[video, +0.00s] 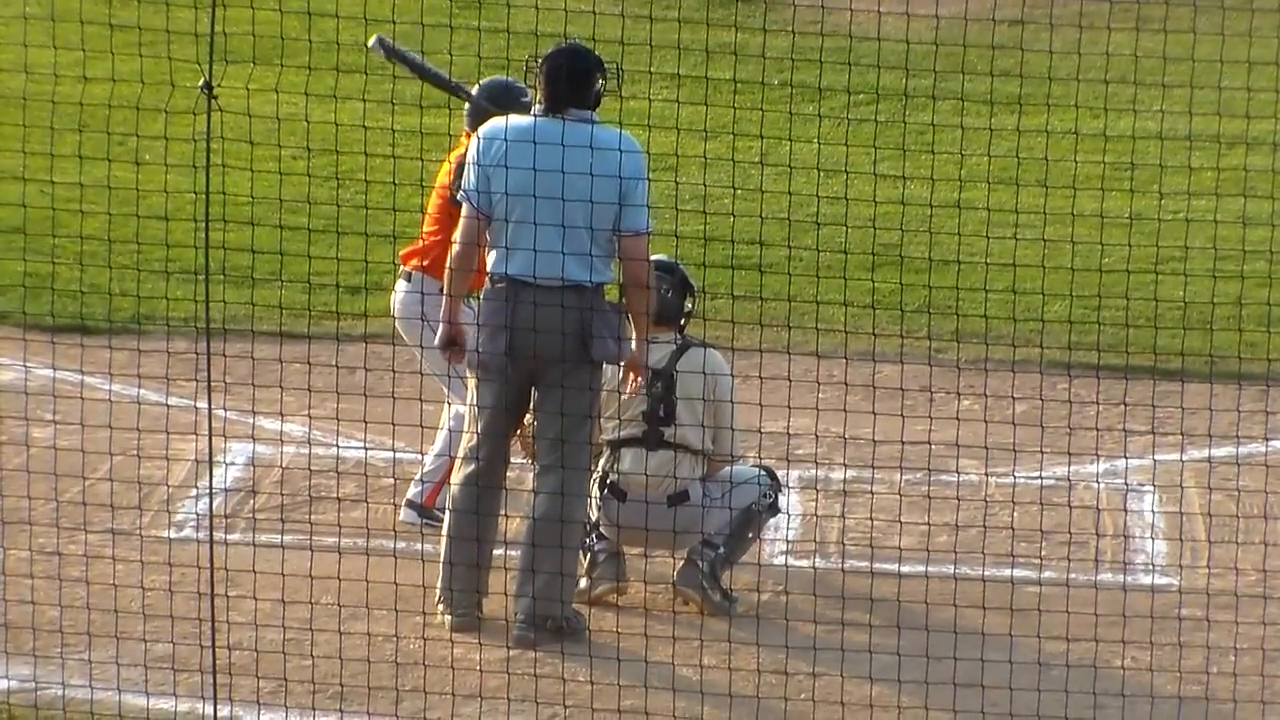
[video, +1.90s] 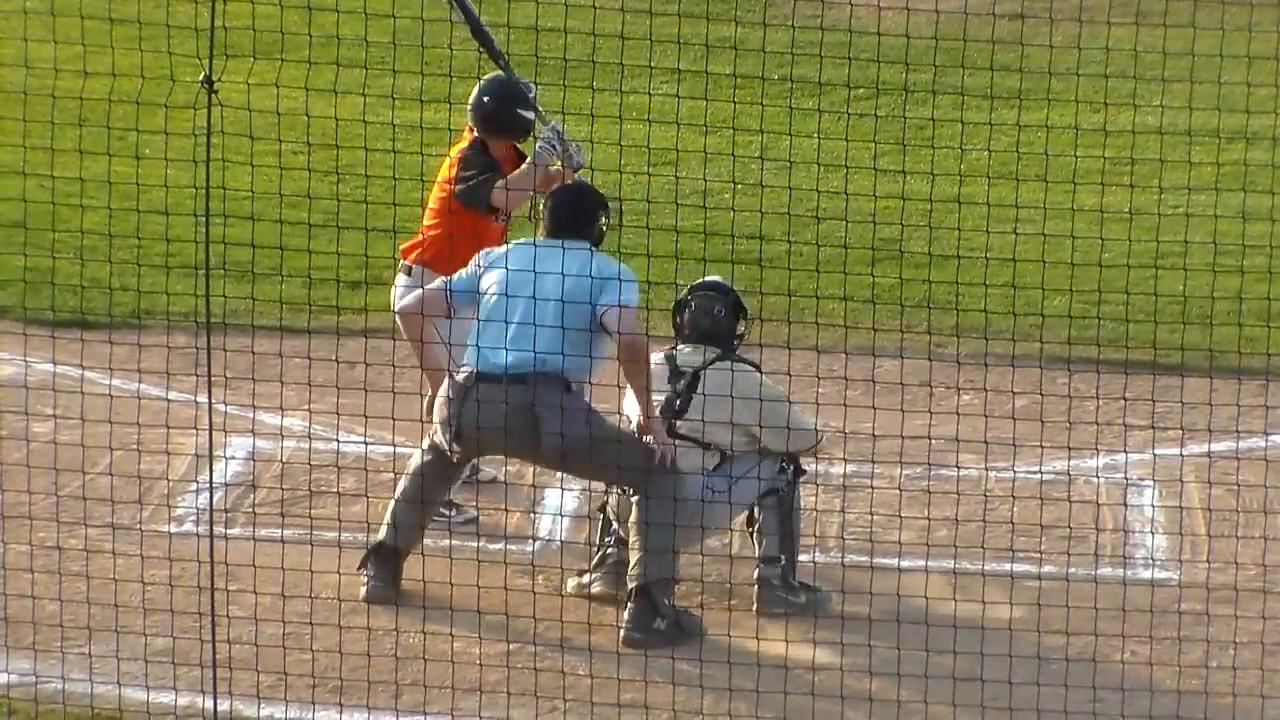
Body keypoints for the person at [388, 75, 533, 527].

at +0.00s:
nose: (524, 129)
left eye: (523, 122)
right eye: (519, 120)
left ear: (476, 117)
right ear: (502, 121)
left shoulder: (467, 154)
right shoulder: (478, 159)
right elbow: (477, 237)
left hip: (419, 294)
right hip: (434, 297)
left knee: (473, 394)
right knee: (480, 394)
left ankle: (431, 494)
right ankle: (427, 496)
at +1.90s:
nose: (529, 122)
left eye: (529, 116)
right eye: (525, 115)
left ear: (484, 116)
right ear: (513, 120)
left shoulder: (506, 155)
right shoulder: (472, 158)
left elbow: (538, 185)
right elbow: (503, 199)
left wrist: (564, 168)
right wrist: (539, 164)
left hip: (463, 284)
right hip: (425, 283)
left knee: (476, 368)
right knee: (445, 382)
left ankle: (466, 460)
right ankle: (434, 492)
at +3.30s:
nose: (529, 162)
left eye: (527, 154)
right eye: (526, 155)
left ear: (482, 155)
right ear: (521, 162)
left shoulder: (505, 198)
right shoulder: (474, 199)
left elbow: (532, 233)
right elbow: (498, 252)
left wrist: (561, 227)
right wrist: (548, 228)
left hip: (447, 320)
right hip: (413, 320)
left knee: (486, 396)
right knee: (468, 408)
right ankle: (436, 509)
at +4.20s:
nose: (501, 119)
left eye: (501, 111)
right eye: (494, 112)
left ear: (466, 113)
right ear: (473, 115)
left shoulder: (474, 150)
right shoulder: (435, 162)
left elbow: (472, 201)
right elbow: (423, 237)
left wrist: (503, 212)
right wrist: (476, 217)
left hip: (444, 278)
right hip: (409, 282)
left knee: (458, 375)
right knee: (445, 389)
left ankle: (390, 455)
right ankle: (432, 505)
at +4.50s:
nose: (453, 101)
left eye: (453, 91)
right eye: (449, 92)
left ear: (408, 89)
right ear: (429, 95)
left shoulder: (404, 132)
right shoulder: (394, 140)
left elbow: (402, 195)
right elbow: (386, 215)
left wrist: (444, 183)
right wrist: (440, 197)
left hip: (380, 269)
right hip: (375, 273)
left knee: (395, 378)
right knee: (412, 380)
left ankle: (349, 483)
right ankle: (428, 505)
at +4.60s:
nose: (435, 103)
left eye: (436, 94)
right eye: (432, 93)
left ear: (394, 85)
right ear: (414, 92)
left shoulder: (377, 123)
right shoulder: (379, 135)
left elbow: (390, 189)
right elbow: (373, 209)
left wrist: (419, 172)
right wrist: (425, 197)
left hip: (356, 260)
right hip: (361, 264)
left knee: (374, 377)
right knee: (394, 378)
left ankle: (345, 485)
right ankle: (405, 498)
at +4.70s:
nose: (419, 107)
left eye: (423, 97)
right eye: (418, 96)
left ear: (381, 81)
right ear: (400, 88)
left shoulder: (348, 118)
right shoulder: (367, 126)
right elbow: (360, 200)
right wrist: (413, 196)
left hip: (325, 258)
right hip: (347, 262)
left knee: (351, 377)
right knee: (382, 378)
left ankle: (339, 481)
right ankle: (349, 482)